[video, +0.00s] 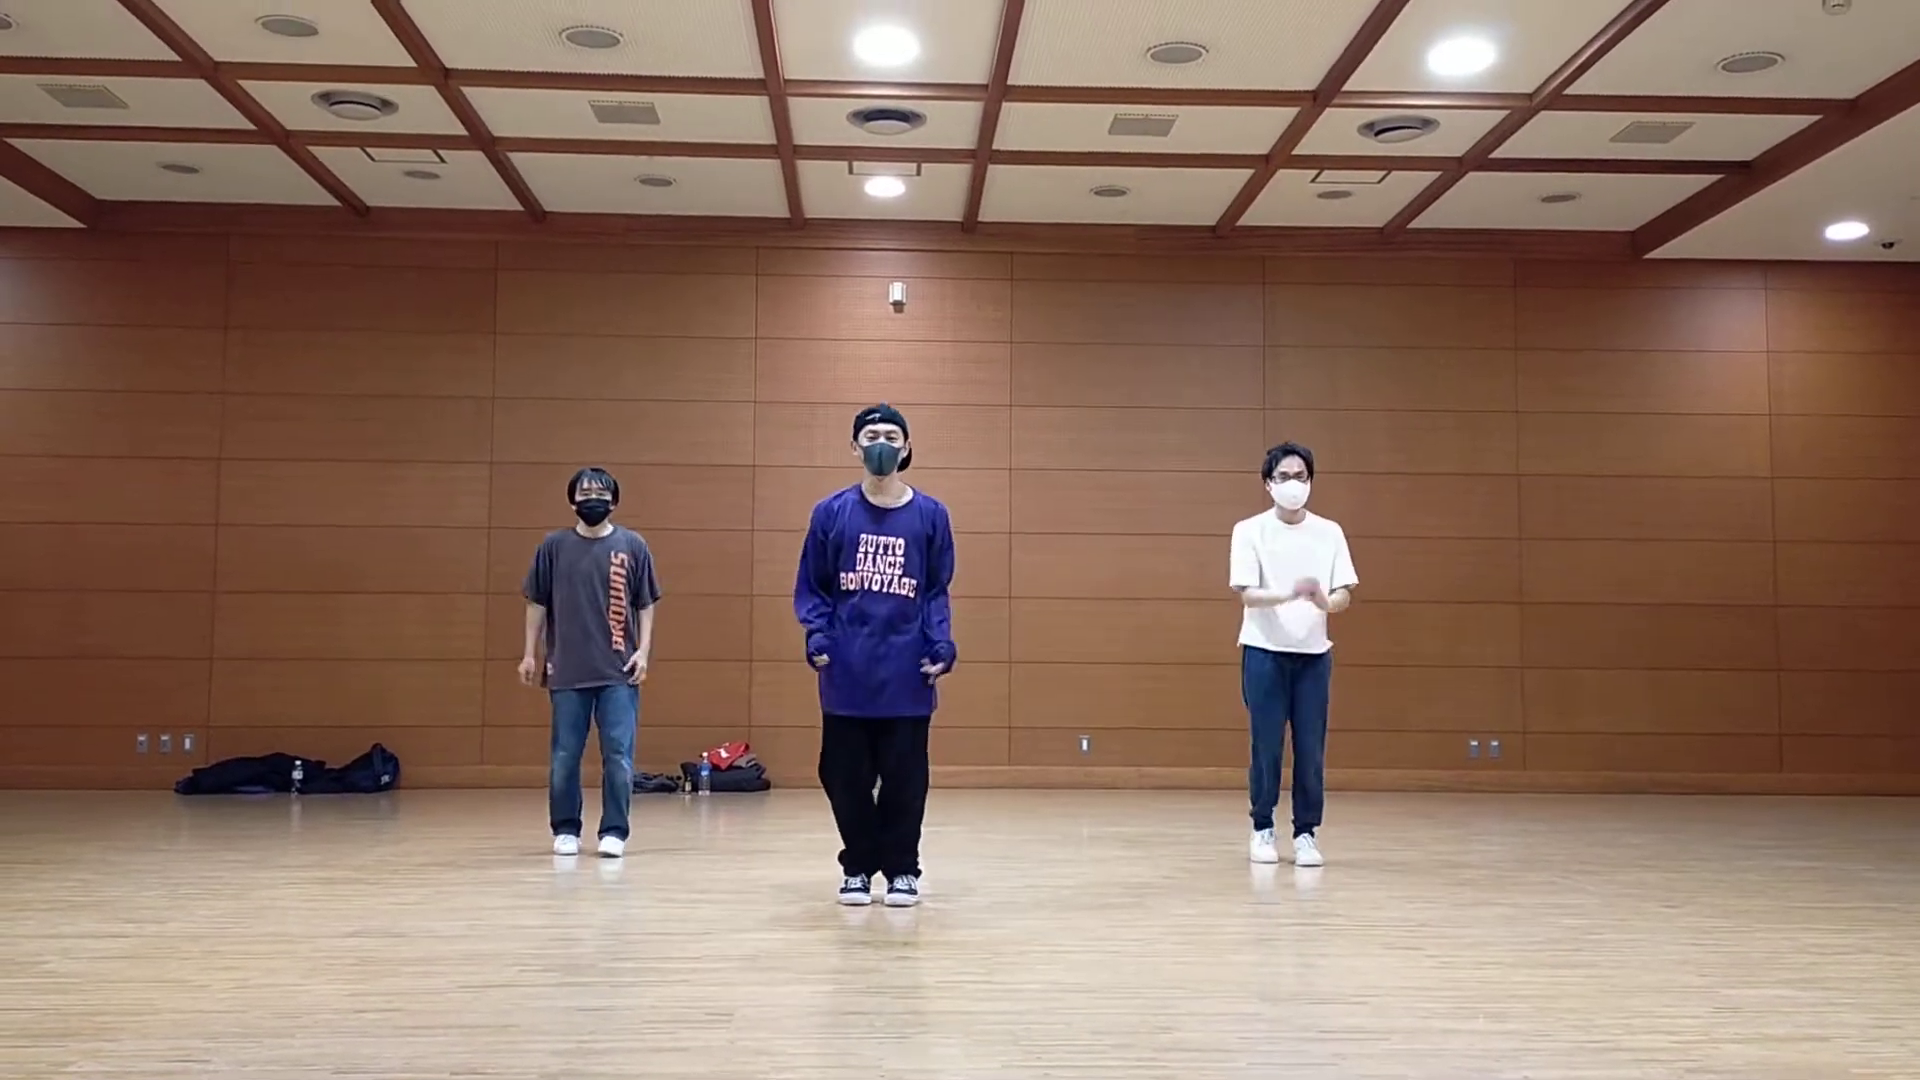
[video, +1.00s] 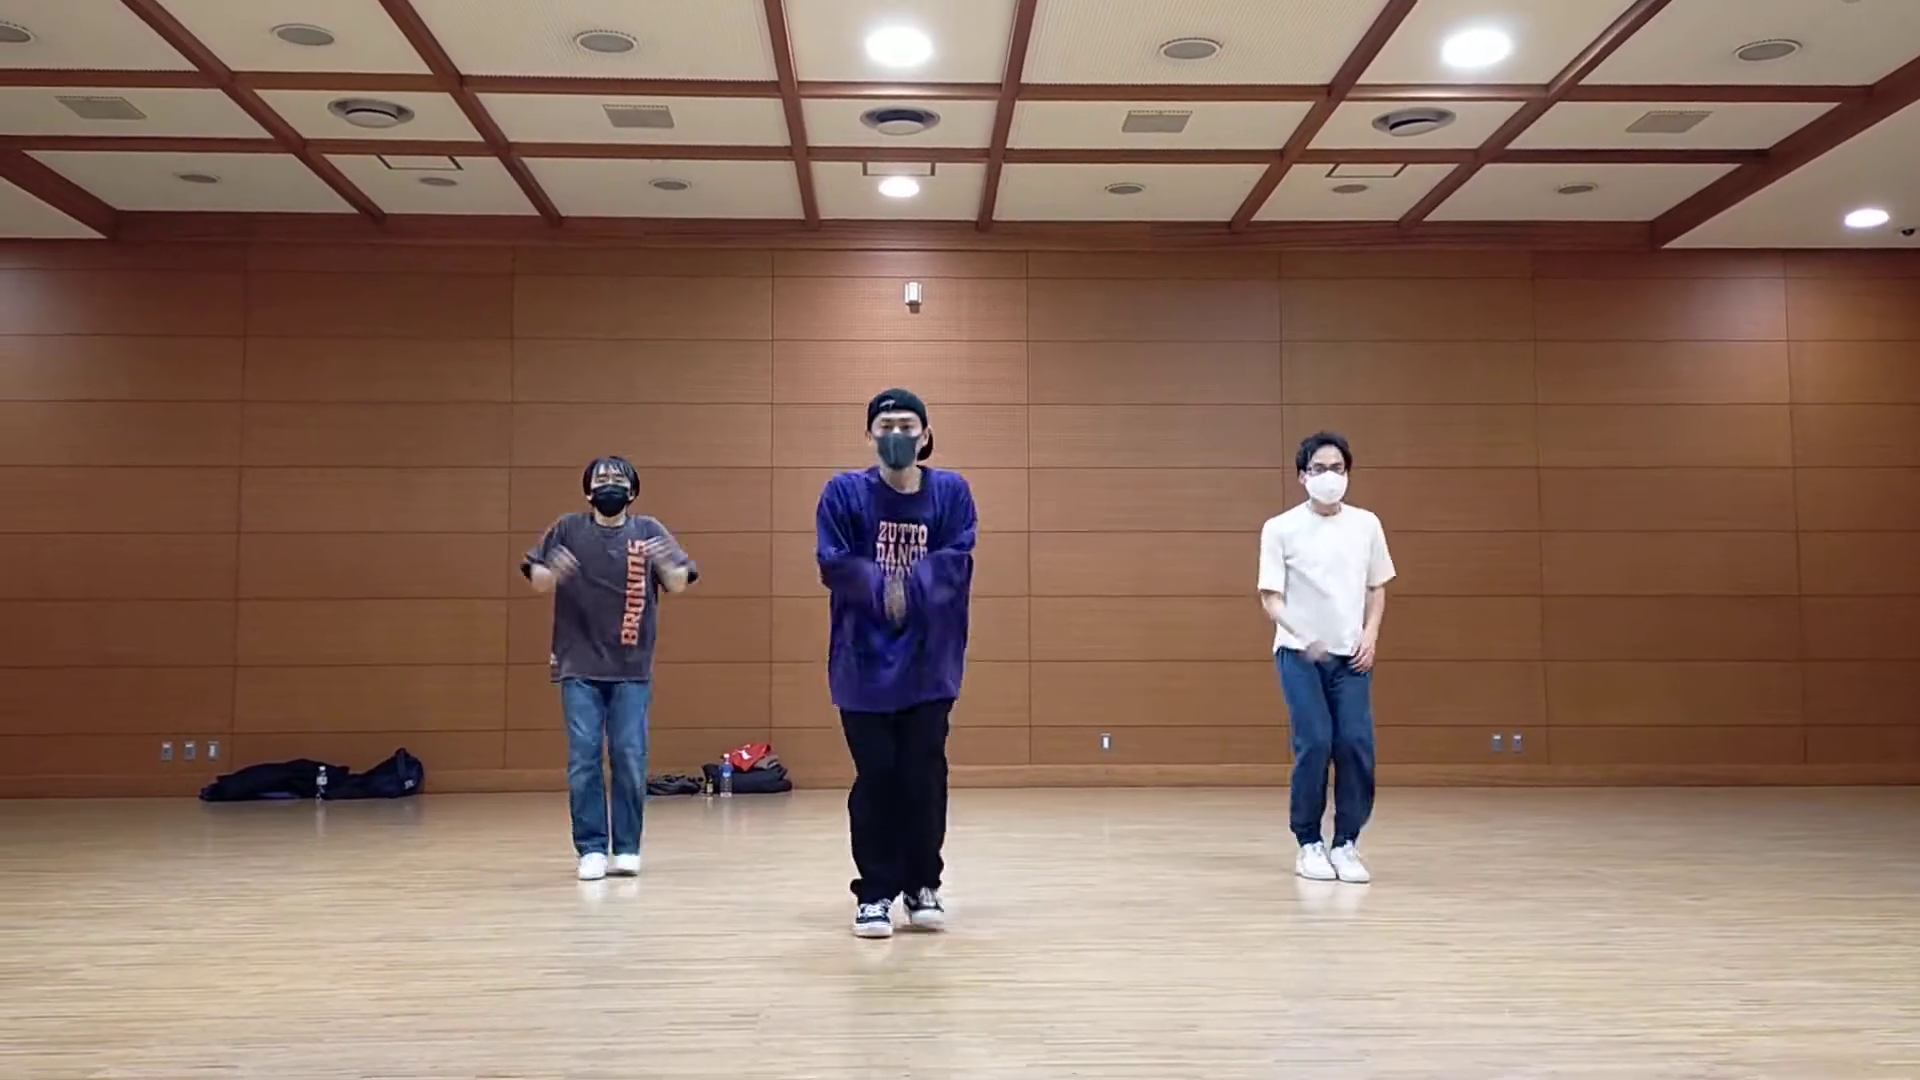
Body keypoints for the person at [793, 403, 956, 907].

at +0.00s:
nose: (880, 441)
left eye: (891, 435)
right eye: (871, 434)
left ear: (905, 449)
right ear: (856, 447)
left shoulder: (931, 514)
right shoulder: (831, 512)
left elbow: (937, 593)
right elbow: (809, 589)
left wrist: (942, 645)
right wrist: (818, 637)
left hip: (907, 671)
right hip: (846, 670)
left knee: (905, 776)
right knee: (844, 774)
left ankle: (902, 871)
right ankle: (857, 868)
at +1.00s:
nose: (896, 431)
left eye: (906, 423)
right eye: (886, 424)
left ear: (924, 435)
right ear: (871, 435)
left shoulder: (950, 491)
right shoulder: (844, 492)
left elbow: (958, 560)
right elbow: (832, 561)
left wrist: (906, 586)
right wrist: (884, 587)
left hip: (929, 663)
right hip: (863, 665)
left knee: (924, 774)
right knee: (877, 776)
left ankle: (923, 888)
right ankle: (875, 896)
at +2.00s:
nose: (853, 414)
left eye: (865, 404)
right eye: (843, 405)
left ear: (884, 412)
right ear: (827, 413)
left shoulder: (917, 478)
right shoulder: (801, 481)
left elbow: (970, 525)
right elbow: (758, 554)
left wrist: (984, 540)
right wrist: (809, 534)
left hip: (897, 658)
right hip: (822, 657)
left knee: (879, 781)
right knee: (826, 779)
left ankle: (860, 880)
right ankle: (803, 904)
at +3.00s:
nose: (1025, 464)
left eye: (1035, 455)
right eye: (1015, 454)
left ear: (1047, 457)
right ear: (994, 452)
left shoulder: (1064, 514)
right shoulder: (953, 498)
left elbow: (1075, 592)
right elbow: (898, 551)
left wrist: (1083, 651)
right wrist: (867, 590)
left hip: (1044, 676)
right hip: (975, 679)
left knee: (1041, 794)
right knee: (1002, 794)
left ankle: (1006, 900)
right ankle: (1086, 862)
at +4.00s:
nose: (843, 464)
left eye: (853, 452)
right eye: (833, 455)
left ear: (878, 448)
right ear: (822, 457)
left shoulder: (934, 484)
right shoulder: (816, 523)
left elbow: (1013, 483)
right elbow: (783, 587)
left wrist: (1087, 469)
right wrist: (770, 644)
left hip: (924, 669)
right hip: (854, 676)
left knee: (902, 786)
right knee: (865, 794)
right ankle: (901, 905)